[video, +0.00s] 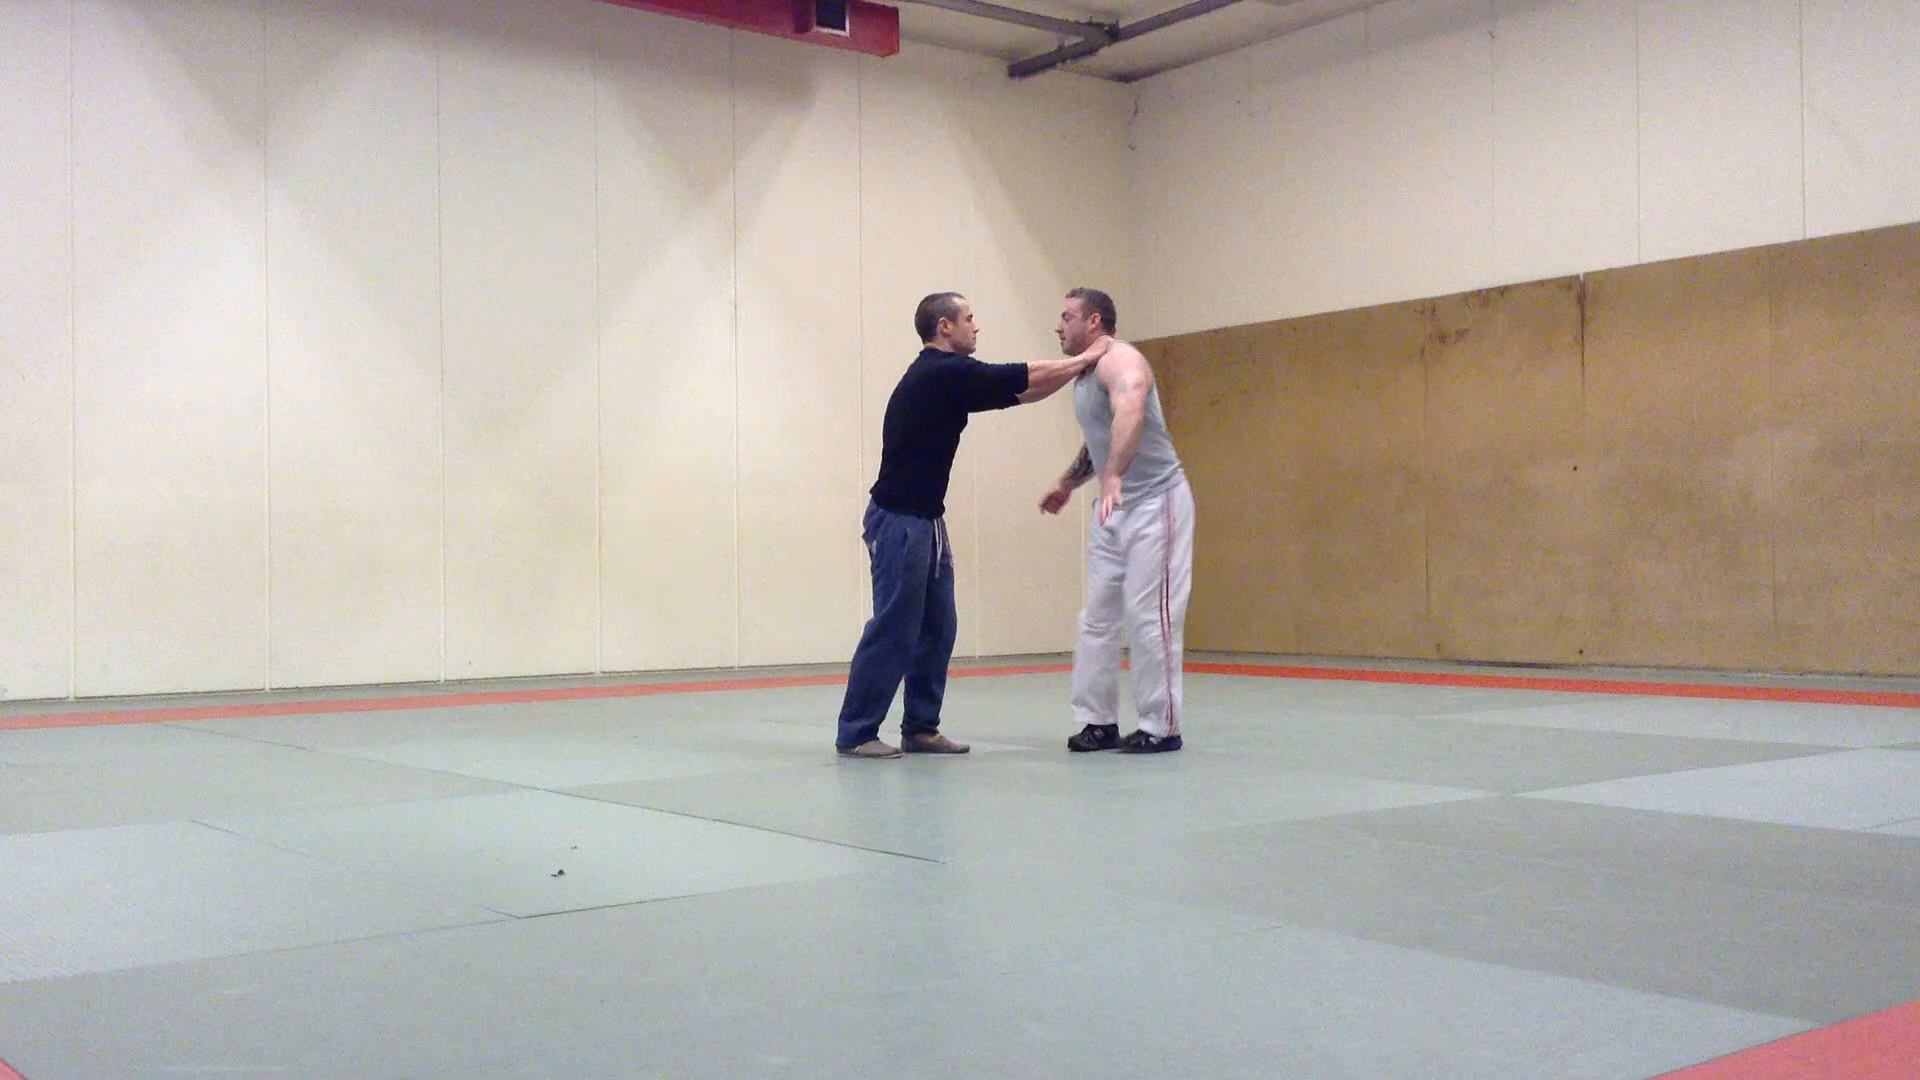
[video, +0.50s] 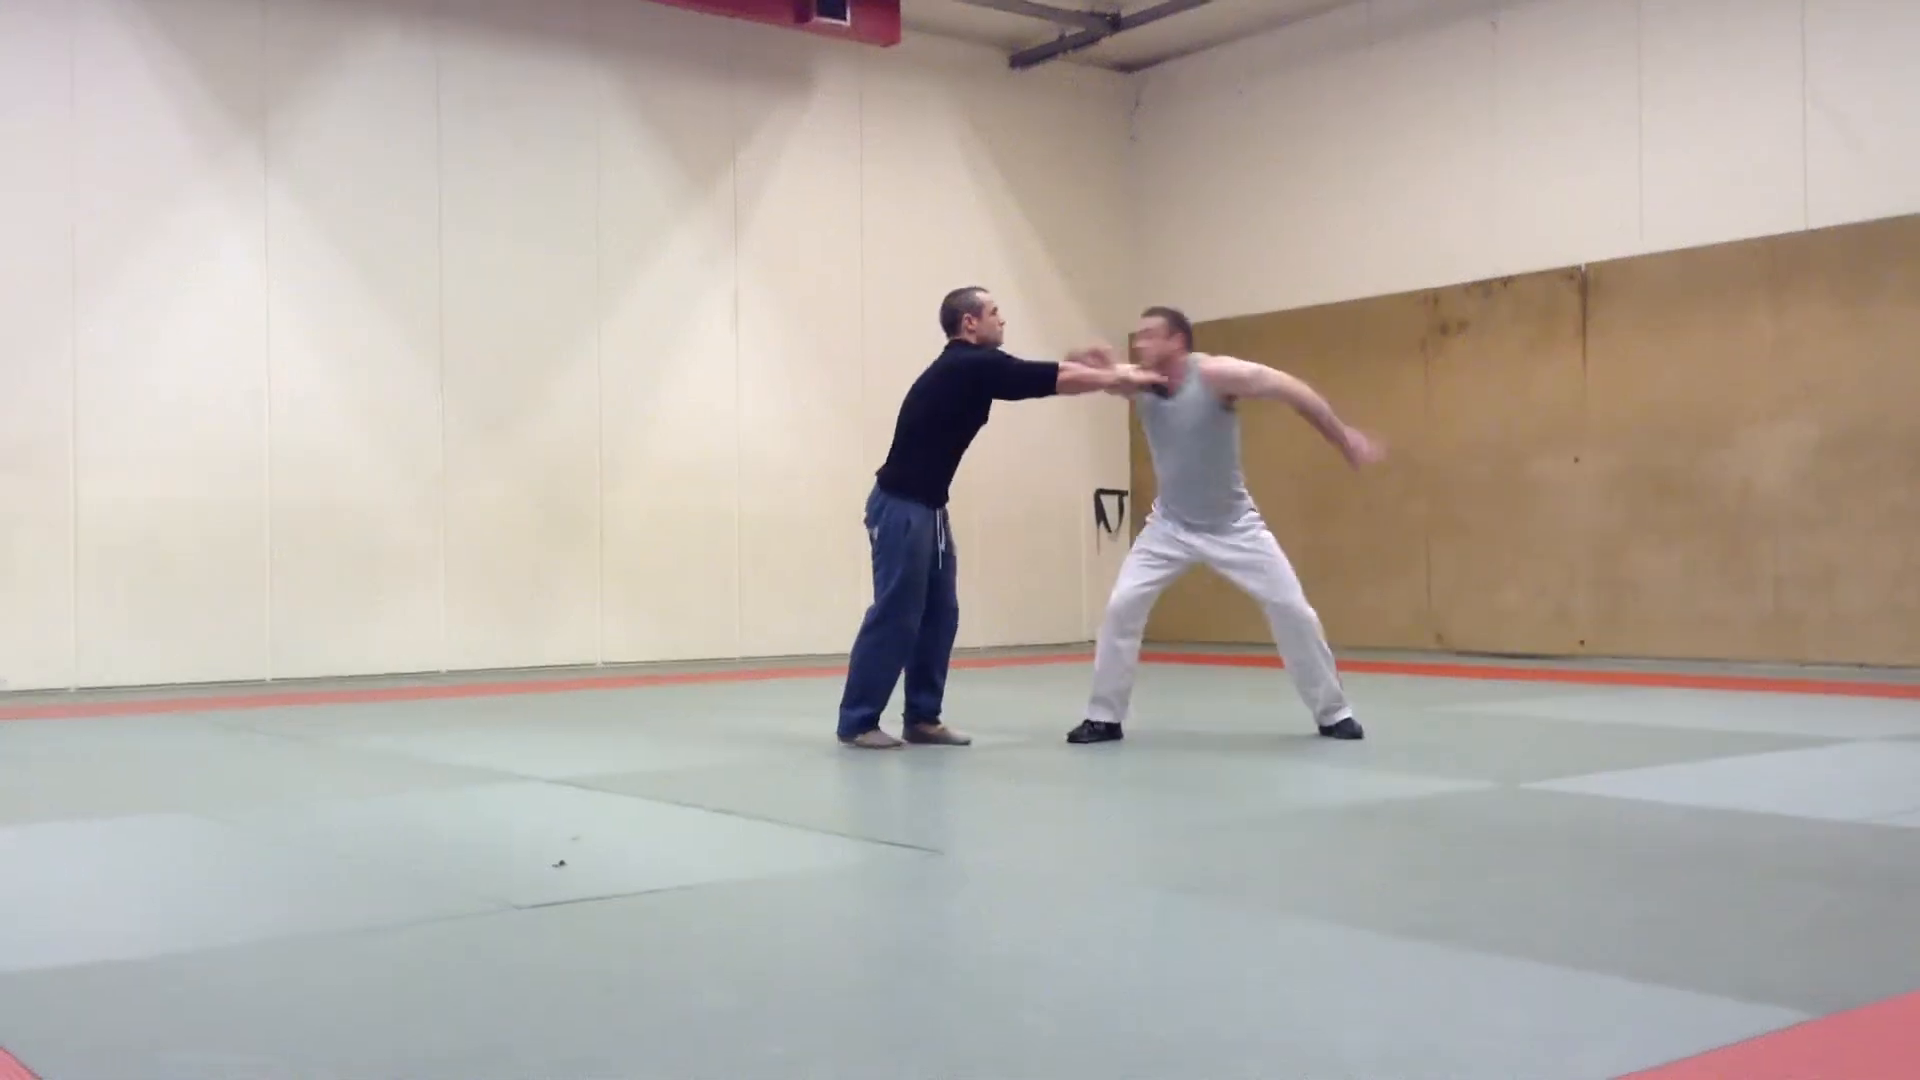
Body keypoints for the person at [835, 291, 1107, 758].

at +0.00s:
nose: (977, 327)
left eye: (974, 318)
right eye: (969, 319)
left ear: (941, 329)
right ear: (944, 327)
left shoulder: (947, 374)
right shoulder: (940, 372)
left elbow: (1022, 393)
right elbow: (1023, 375)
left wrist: (1078, 366)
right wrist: (1084, 358)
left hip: (928, 521)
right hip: (899, 521)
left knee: (937, 628)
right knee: (894, 626)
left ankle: (920, 731)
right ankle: (855, 735)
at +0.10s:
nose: (977, 327)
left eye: (974, 319)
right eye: (969, 319)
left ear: (940, 329)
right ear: (944, 327)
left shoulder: (946, 375)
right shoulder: (940, 372)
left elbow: (1024, 396)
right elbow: (1026, 376)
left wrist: (1080, 371)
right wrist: (1087, 362)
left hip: (927, 521)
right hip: (900, 521)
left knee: (938, 627)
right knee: (894, 626)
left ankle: (920, 730)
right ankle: (855, 734)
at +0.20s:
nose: (978, 327)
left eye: (974, 319)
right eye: (970, 319)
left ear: (940, 329)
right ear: (944, 327)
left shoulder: (945, 376)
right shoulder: (943, 372)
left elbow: (1022, 399)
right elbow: (1029, 377)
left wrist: (1086, 382)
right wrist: (1093, 371)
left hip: (925, 521)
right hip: (898, 521)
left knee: (939, 627)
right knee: (895, 626)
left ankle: (919, 729)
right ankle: (855, 733)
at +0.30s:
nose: (981, 327)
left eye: (978, 319)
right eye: (974, 320)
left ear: (945, 330)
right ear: (949, 329)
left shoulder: (949, 374)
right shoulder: (950, 373)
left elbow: (1028, 396)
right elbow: (1034, 377)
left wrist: (1096, 383)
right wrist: (1102, 376)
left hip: (922, 519)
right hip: (897, 519)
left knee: (937, 626)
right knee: (895, 626)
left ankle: (920, 729)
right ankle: (854, 733)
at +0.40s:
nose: (990, 324)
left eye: (987, 316)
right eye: (983, 317)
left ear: (955, 328)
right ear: (960, 326)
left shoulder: (961, 371)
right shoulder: (961, 369)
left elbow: (1036, 390)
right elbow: (1048, 378)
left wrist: (1102, 383)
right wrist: (1118, 372)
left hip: (924, 516)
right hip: (899, 515)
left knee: (937, 621)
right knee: (896, 621)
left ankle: (922, 725)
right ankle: (856, 730)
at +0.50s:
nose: (1002, 319)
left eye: (998, 312)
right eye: (993, 313)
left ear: (967, 325)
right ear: (969, 324)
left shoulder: (973, 364)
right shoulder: (969, 365)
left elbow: (1038, 377)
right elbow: (1050, 380)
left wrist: (1085, 367)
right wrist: (1123, 377)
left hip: (929, 510)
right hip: (902, 509)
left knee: (939, 616)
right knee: (897, 614)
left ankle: (921, 721)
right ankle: (856, 723)